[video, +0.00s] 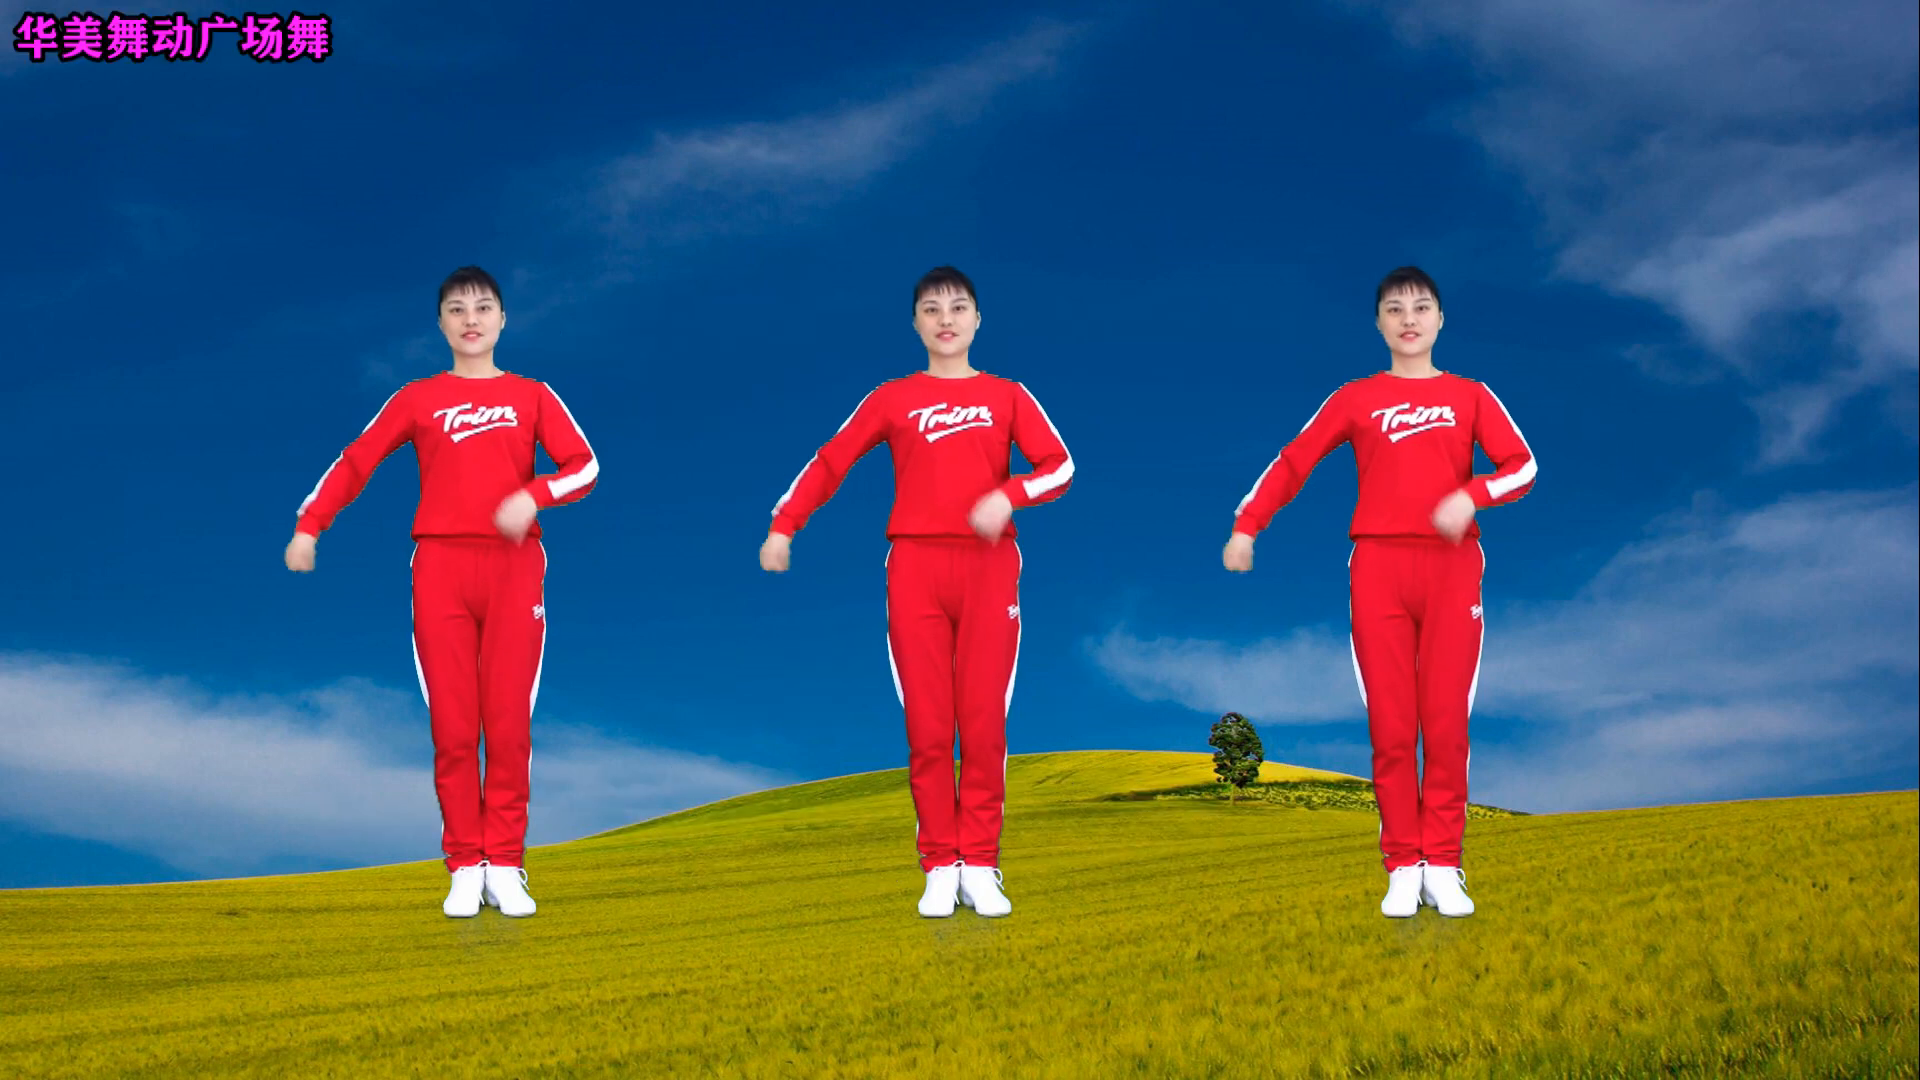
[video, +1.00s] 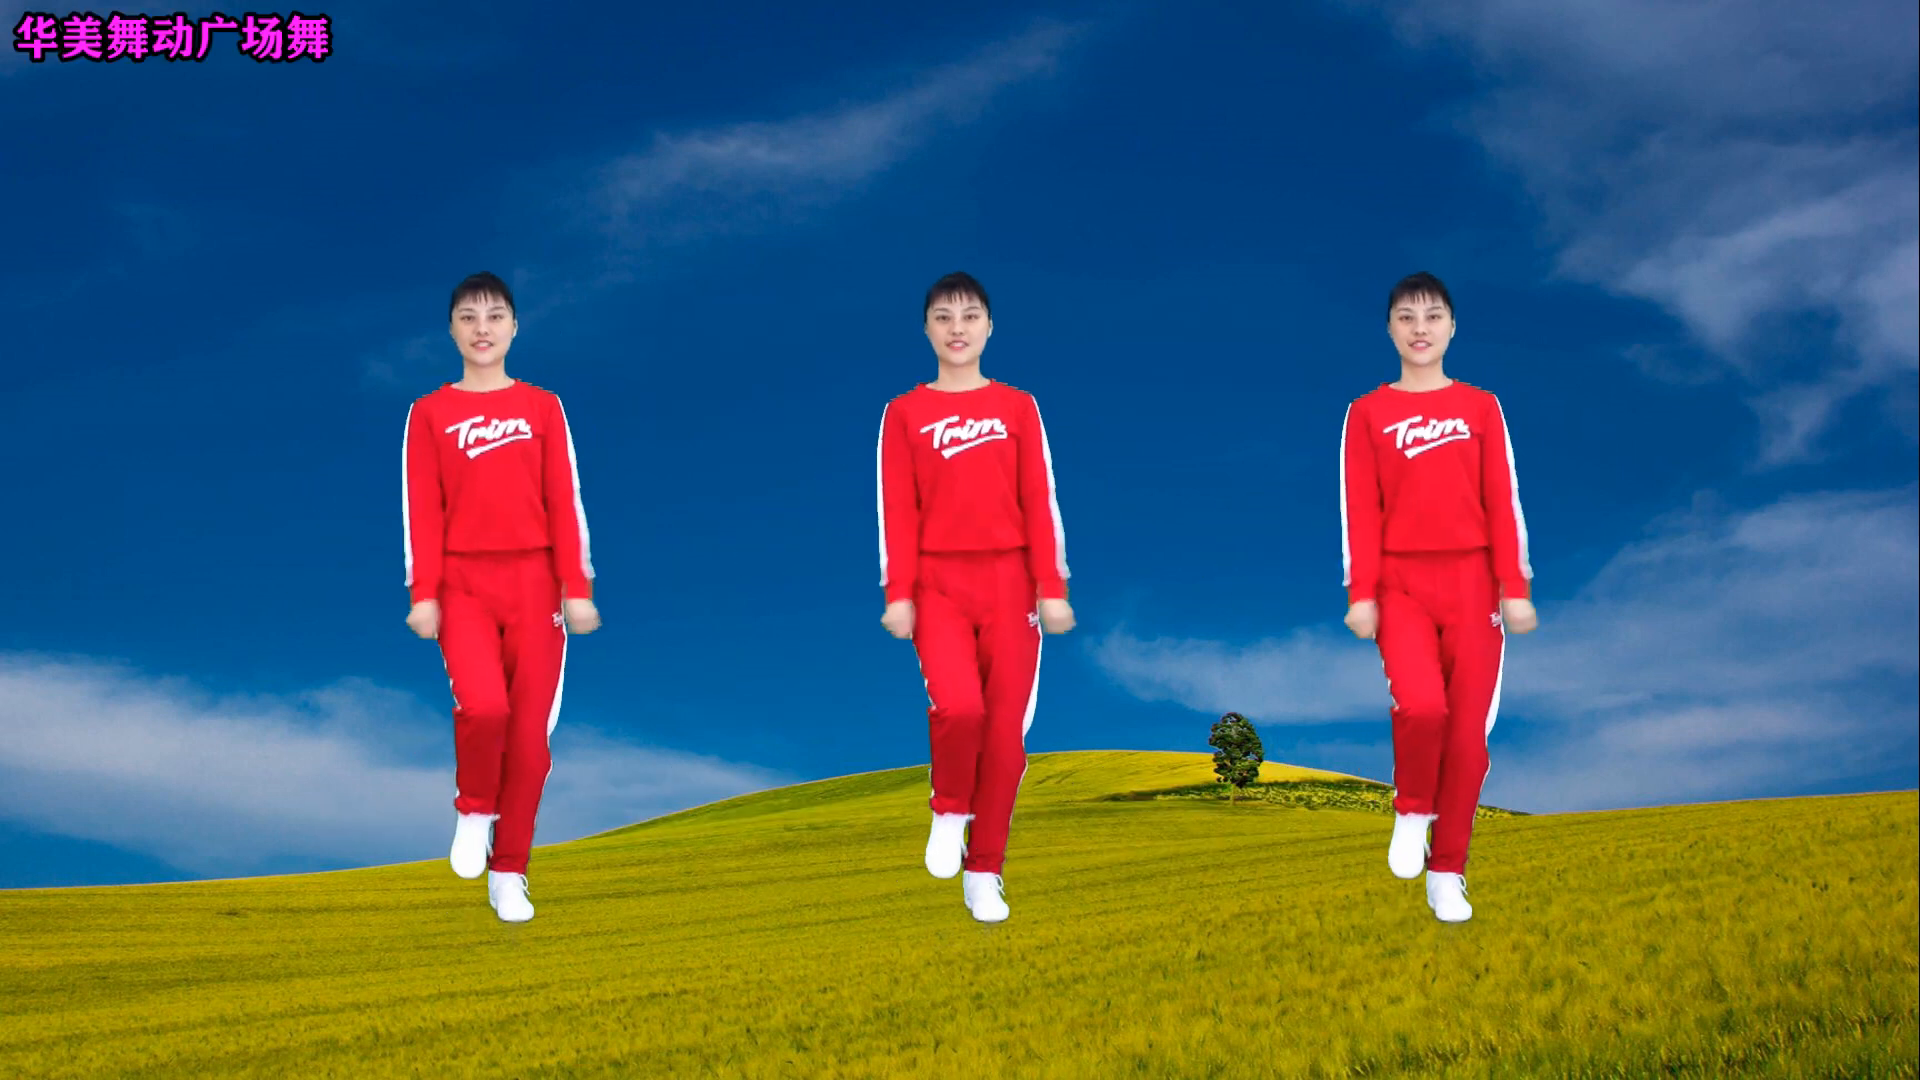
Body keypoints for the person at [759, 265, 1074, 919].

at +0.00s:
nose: (946, 319)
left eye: (957, 308)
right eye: (933, 311)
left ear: (976, 318)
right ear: (918, 323)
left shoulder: (1008, 396)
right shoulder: (891, 399)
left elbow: (1060, 468)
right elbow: (830, 462)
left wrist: (1008, 494)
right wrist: (781, 527)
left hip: (989, 573)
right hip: (915, 572)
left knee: (984, 722)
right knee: (928, 727)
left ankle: (980, 865)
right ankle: (940, 866)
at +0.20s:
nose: (944, 319)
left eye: (956, 309)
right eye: (931, 311)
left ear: (974, 320)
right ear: (916, 324)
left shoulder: (1005, 396)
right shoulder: (892, 399)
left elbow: (1030, 481)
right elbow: (829, 473)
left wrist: (986, 479)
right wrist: (766, 539)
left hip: (986, 570)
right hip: (912, 571)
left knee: (980, 724)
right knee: (924, 729)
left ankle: (980, 864)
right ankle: (940, 866)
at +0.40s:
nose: (945, 329)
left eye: (957, 319)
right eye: (932, 320)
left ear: (974, 330)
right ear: (916, 333)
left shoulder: (1004, 409)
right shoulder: (888, 411)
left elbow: (1018, 503)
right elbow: (866, 498)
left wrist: (1022, 589)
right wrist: (889, 565)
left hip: (979, 581)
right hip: (906, 582)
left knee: (955, 715)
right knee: (906, 730)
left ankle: (973, 808)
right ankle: (937, 863)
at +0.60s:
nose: (949, 305)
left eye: (961, 295)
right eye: (936, 295)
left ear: (978, 307)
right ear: (918, 308)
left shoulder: (1007, 382)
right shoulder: (888, 384)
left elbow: (1059, 454)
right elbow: (835, 454)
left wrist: (1090, 534)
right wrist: (897, 414)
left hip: (985, 560)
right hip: (910, 560)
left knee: (971, 714)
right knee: (923, 720)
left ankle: (979, 850)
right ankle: (937, 859)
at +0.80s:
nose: (953, 311)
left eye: (966, 302)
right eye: (940, 302)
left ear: (983, 314)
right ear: (923, 315)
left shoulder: (1014, 388)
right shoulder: (896, 394)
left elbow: (1073, 458)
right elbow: (866, 483)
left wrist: (1125, 525)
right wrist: (911, 452)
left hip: (996, 567)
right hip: (919, 568)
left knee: (987, 729)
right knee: (929, 728)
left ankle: (984, 867)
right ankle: (940, 863)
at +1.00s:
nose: (958, 328)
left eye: (969, 316)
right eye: (945, 318)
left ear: (988, 326)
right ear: (928, 330)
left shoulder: (1019, 407)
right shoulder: (903, 413)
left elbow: (1041, 501)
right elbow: (896, 508)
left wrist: (1052, 587)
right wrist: (898, 592)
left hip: (1010, 581)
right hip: (936, 584)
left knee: (1006, 729)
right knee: (959, 709)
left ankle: (985, 868)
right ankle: (950, 811)